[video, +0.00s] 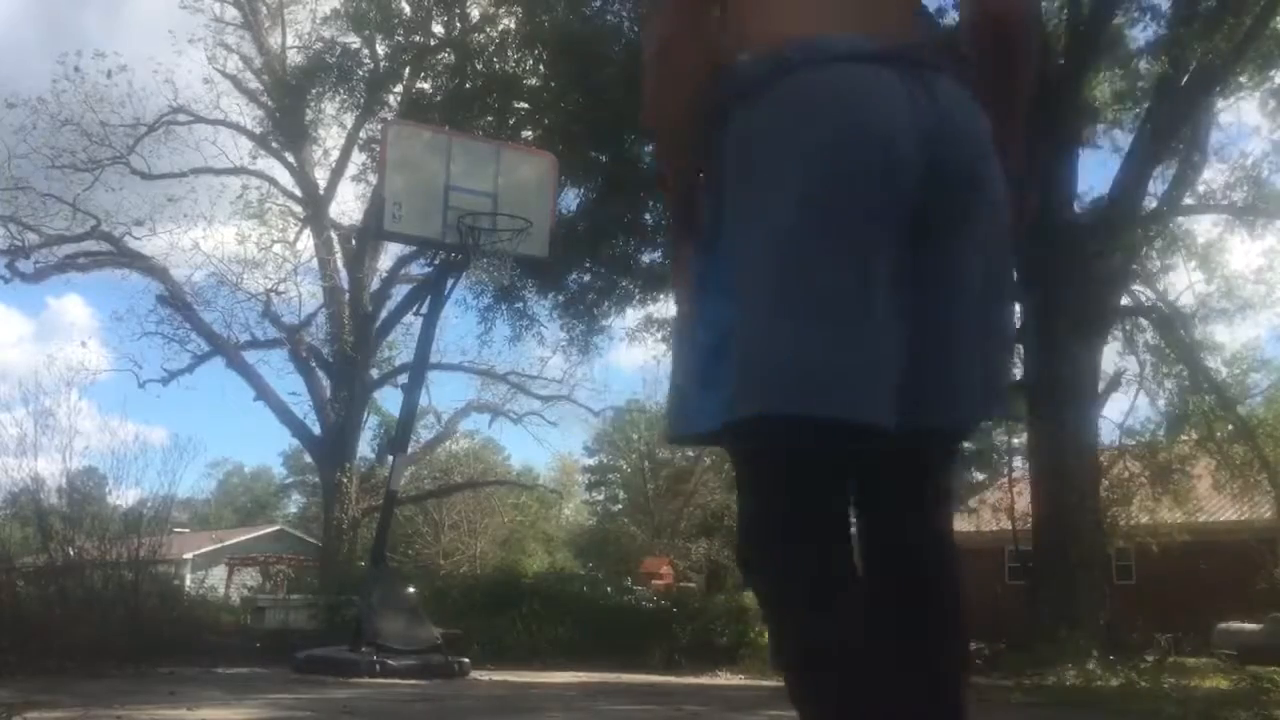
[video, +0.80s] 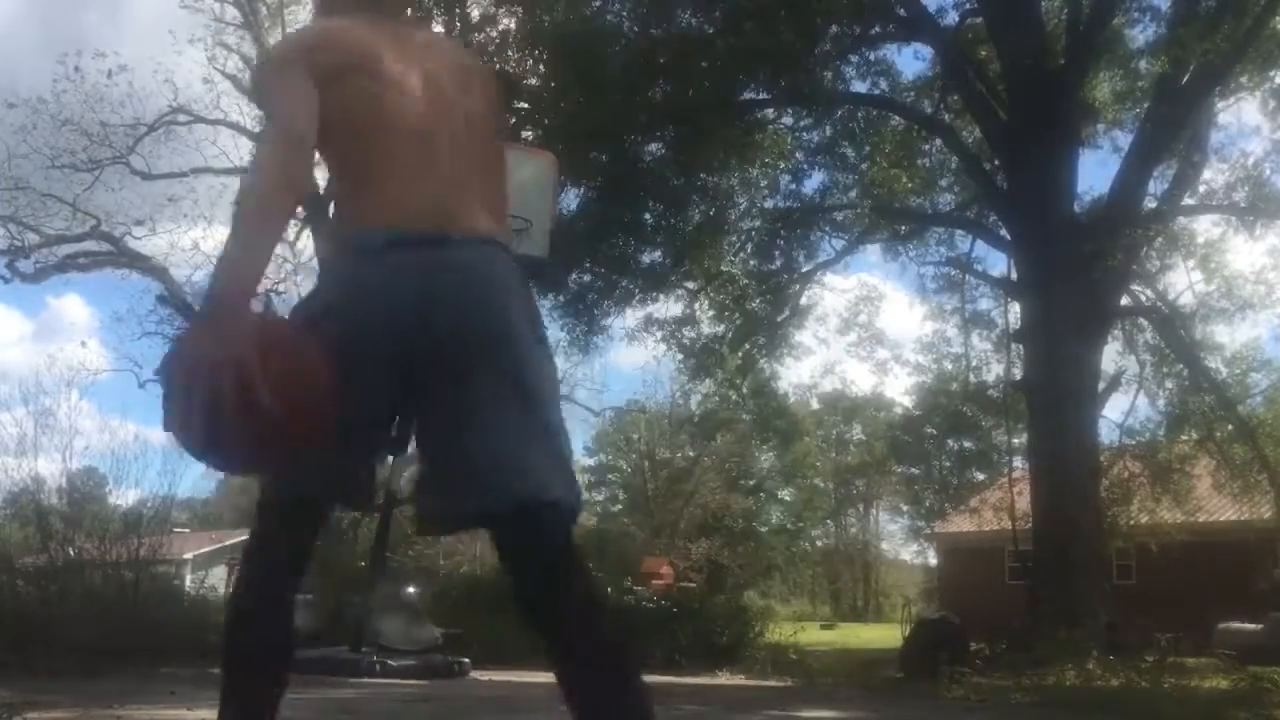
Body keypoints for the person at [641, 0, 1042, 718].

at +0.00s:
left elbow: (678, 44)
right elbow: (1006, 19)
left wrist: (688, 219)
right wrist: (996, 160)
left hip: (803, 135)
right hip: (950, 131)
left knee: (791, 518)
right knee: (914, 503)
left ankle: (844, 701)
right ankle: (929, 703)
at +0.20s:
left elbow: (598, 35)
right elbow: (1005, 17)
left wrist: (570, 234)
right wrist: (1031, 128)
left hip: (723, 160)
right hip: (873, 157)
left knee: (671, 537)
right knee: (876, 540)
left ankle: (732, 701)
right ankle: (901, 705)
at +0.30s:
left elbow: (564, 37)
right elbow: (959, 33)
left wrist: (531, 240)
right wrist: (982, 147)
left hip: (684, 171)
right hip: (832, 167)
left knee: (622, 528)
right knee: (848, 527)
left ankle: (626, 708)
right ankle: (881, 707)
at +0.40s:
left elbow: (528, 48)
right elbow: (869, 77)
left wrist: (506, 255)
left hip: (642, 187)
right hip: (787, 184)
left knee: (556, 524)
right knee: (814, 535)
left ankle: (516, 706)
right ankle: (858, 709)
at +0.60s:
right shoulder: (652, 30)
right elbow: (631, 213)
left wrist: (456, 405)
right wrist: (584, 420)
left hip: (531, 291)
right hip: (674, 291)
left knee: (393, 573)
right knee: (748, 608)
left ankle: (314, 708)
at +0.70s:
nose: (386, 23)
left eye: (386, 18)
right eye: (387, 21)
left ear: (401, 13)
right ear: (480, 14)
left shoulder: (381, 75)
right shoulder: (553, 73)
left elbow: (376, 243)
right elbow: (555, 241)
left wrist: (350, 427)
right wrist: (517, 457)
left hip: (453, 328)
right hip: (590, 326)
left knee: (320, 583)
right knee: (659, 602)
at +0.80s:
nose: (310, 19)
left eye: (313, 14)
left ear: (327, 8)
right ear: (410, 9)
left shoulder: (301, 50)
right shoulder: (470, 65)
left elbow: (286, 170)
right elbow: (490, 191)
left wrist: (225, 307)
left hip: (366, 285)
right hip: (488, 285)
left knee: (278, 547)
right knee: (545, 558)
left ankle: (243, 711)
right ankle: (620, 709)